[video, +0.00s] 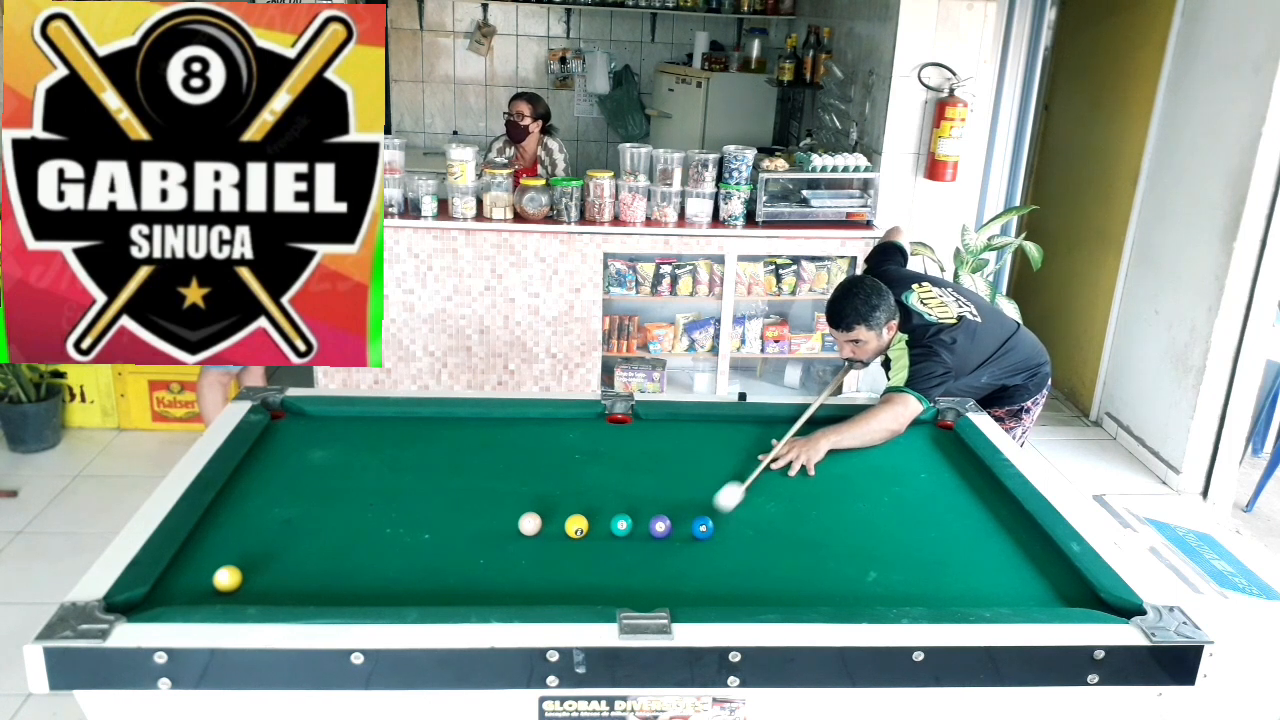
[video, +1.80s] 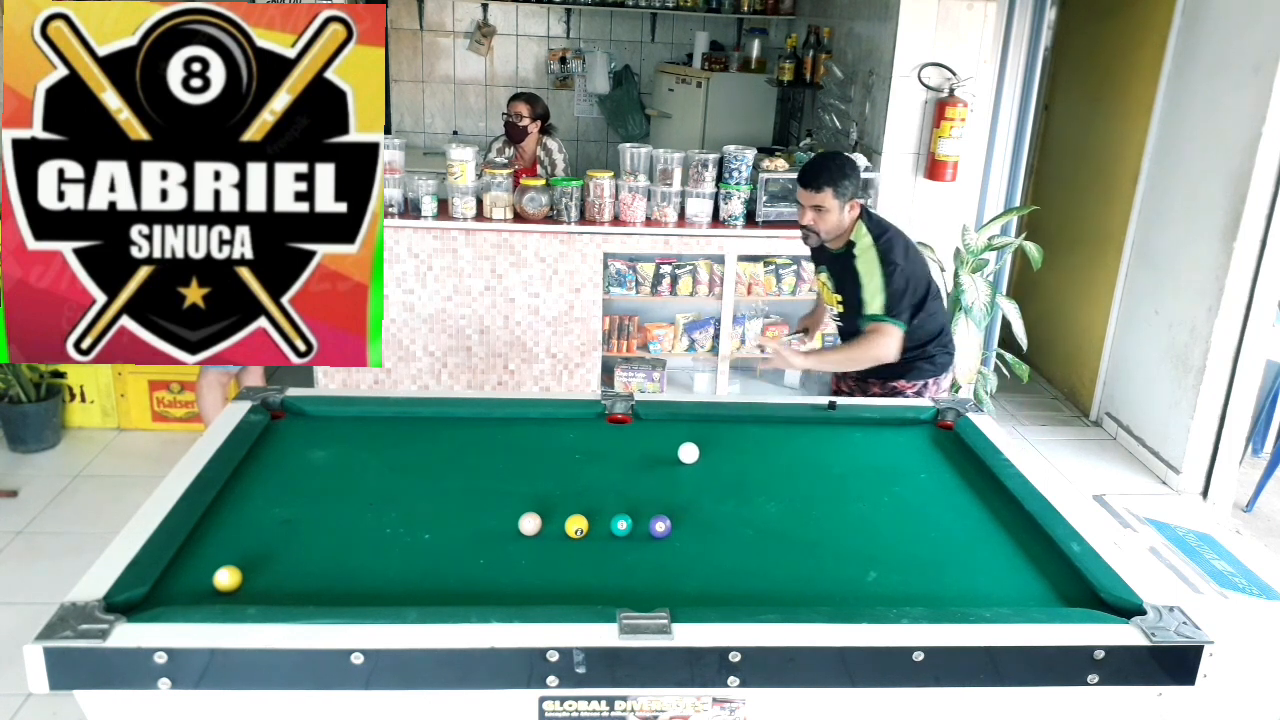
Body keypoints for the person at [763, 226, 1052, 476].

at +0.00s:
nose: (845, 353)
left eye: (855, 343)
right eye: (838, 340)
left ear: (889, 330)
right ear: (832, 322)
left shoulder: (926, 353)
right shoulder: (883, 275)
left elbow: (894, 417)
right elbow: (897, 234)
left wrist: (823, 439)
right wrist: (869, 287)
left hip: (1021, 375)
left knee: (985, 476)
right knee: (945, 458)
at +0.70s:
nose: (846, 313)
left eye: (857, 302)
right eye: (840, 300)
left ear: (892, 293)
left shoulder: (926, 327)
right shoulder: (894, 256)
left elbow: (890, 400)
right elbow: (901, 233)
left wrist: (825, 440)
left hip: (1012, 375)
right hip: (955, 369)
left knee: (984, 475)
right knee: (940, 459)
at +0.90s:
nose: (839, 279)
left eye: (851, 269)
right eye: (835, 267)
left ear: (887, 264)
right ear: (829, 256)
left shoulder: (918, 294)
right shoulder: (888, 245)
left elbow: (900, 382)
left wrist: (831, 424)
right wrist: (887, 312)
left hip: (994, 377)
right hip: (939, 371)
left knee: (975, 479)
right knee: (924, 468)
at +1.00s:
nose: (834, 257)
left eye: (846, 247)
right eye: (830, 245)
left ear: (882, 243)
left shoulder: (914, 278)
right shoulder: (878, 254)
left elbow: (895, 373)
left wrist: (811, 396)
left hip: (980, 381)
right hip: (930, 375)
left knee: (968, 489)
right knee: (917, 480)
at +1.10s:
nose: (833, 247)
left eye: (845, 237)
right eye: (830, 235)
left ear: (882, 234)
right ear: (826, 226)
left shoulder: (912, 273)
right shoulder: (874, 248)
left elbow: (876, 364)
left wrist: (791, 386)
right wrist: (872, 315)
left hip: (971, 380)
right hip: (915, 372)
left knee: (954, 488)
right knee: (896, 476)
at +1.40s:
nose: (822, 227)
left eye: (835, 217)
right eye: (819, 214)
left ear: (870, 216)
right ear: (816, 204)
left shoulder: (894, 255)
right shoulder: (856, 236)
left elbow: (903, 353)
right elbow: (869, 278)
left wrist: (833, 390)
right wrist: (850, 305)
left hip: (948, 371)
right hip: (901, 363)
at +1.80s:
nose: (804, 220)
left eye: (818, 210)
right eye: (801, 207)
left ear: (852, 209)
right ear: (798, 198)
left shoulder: (883, 252)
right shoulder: (821, 233)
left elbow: (884, 346)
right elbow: (829, 279)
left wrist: (804, 360)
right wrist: (818, 313)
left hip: (911, 377)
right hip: (855, 368)